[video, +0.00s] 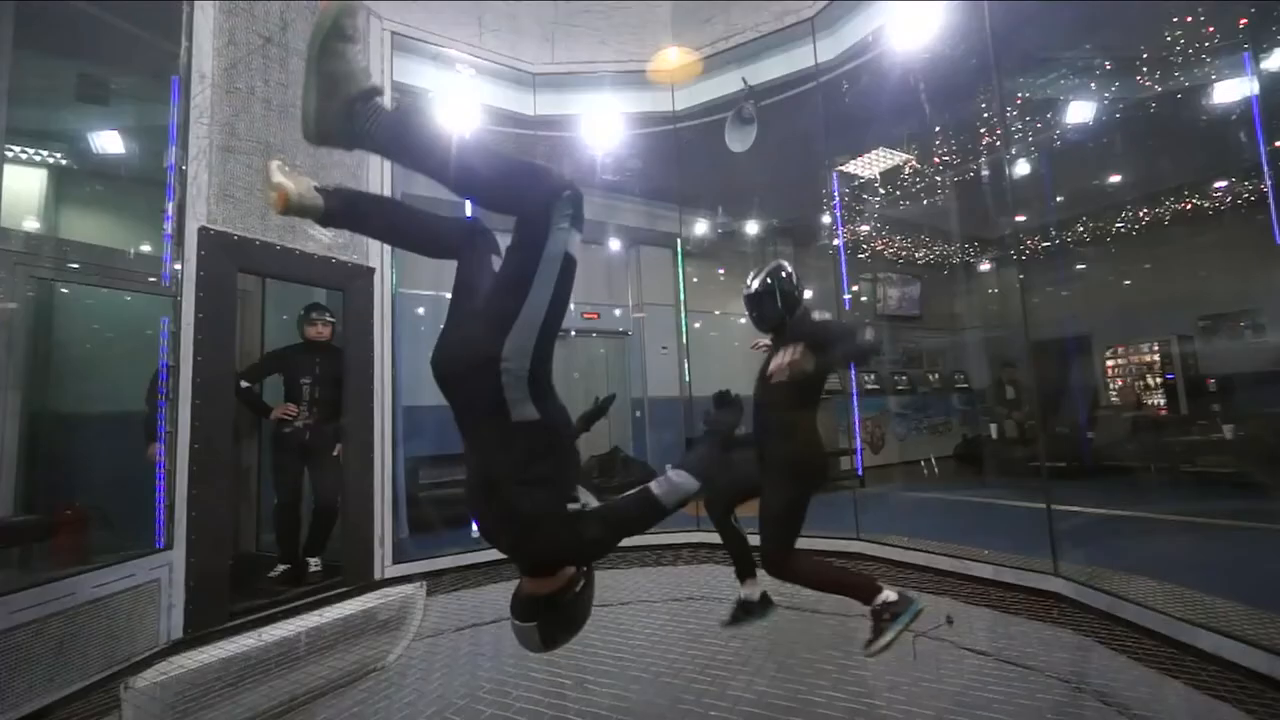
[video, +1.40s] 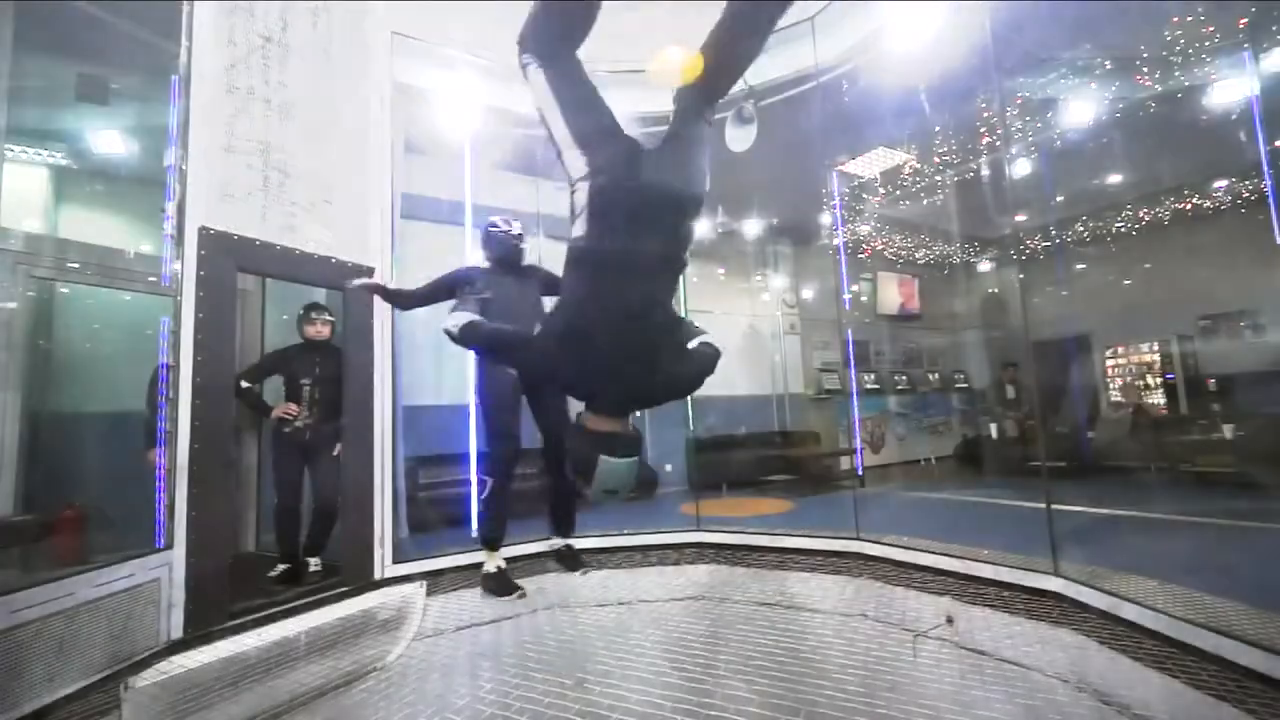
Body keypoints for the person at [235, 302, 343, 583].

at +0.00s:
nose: (320, 328)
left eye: (325, 323)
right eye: (314, 323)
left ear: (333, 328)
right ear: (302, 327)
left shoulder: (341, 359)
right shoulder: (287, 356)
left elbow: (352, 400)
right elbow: (243, 383)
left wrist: (344, 438)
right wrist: (268, 411)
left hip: (325, 439)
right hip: (289, 438)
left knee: (329, 501)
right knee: (287, 500)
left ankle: (313, 556)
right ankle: (286, 561)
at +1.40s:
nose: (319, 327)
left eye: (325, 322)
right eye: (313, 322)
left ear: (333, 327)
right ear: (302, 326)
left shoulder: (341, 359)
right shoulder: (287, 356)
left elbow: (355, 400)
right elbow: (243, 383)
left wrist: (346, 437)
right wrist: (269, 410)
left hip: (326, 439)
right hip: (289, 439)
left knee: (328, 502)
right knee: (288, 500)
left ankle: (313, 555)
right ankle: (288, 561)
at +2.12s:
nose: (310, 327)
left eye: (317, 320)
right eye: (306, 319)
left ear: (327, 325)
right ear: (299, 321)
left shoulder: (332, 356)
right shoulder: (279, 348)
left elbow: (333, 392)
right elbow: (223, 362)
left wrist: (293, 374)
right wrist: (250, 398)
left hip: (301, 442)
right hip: (264, 438)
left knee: (303, 505)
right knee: (260, 505)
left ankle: (242, 553)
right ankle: (254, 570)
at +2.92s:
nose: (322, 325)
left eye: (327, 321)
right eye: (316, 319)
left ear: (332, 326)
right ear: (301, 323)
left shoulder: (334, 357)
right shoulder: (279, 348)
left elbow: (332, 392)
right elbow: (224, 360)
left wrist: (294, 373)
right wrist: (249, 397)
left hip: (301, 441)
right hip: (264, 436)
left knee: (303, 504)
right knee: (260, 504)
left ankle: (243, 553)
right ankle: (254, 570)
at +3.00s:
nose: (323, 325)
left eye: (328, 321)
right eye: (316, 319)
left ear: (332, 326)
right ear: (302, 323)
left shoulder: (334, 357)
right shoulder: (279, 348)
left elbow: (332, 392)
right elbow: (223, 360)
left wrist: (293, 373)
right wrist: (249, 397)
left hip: (301, 441)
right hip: (264, 436)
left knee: (303, 504)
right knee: (259, 504)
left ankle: (243, 553)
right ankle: (253, 570)